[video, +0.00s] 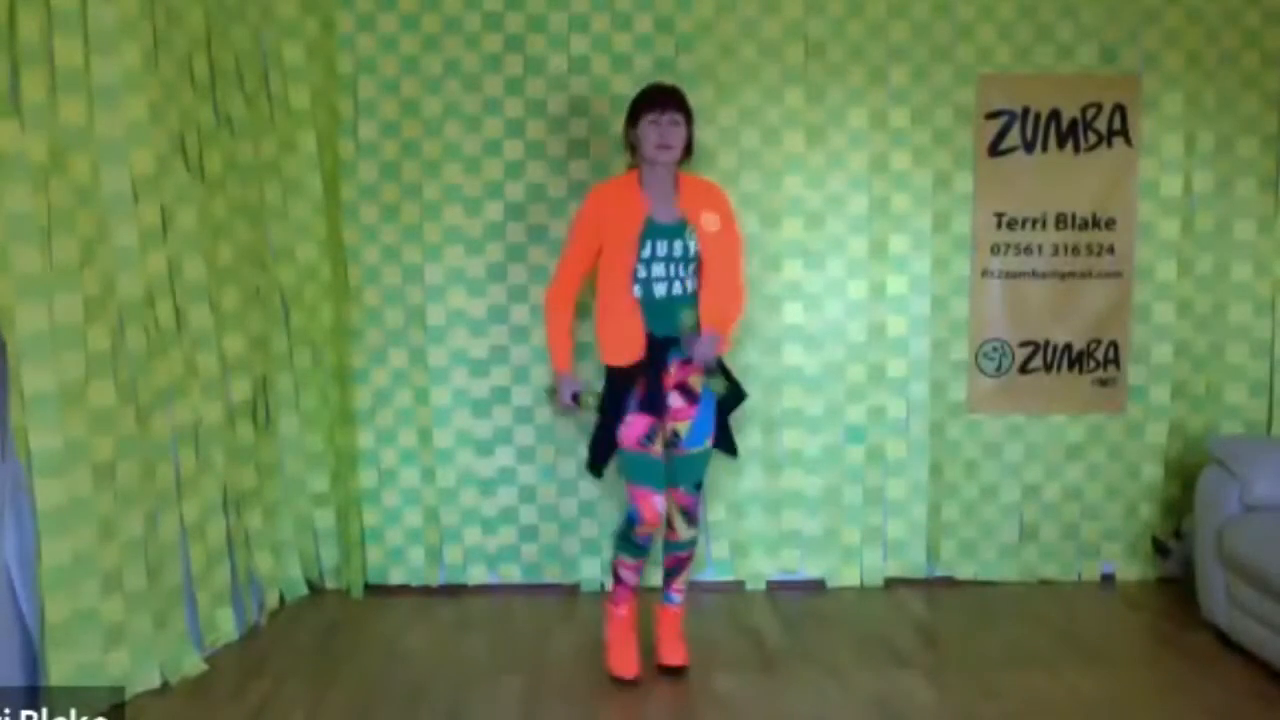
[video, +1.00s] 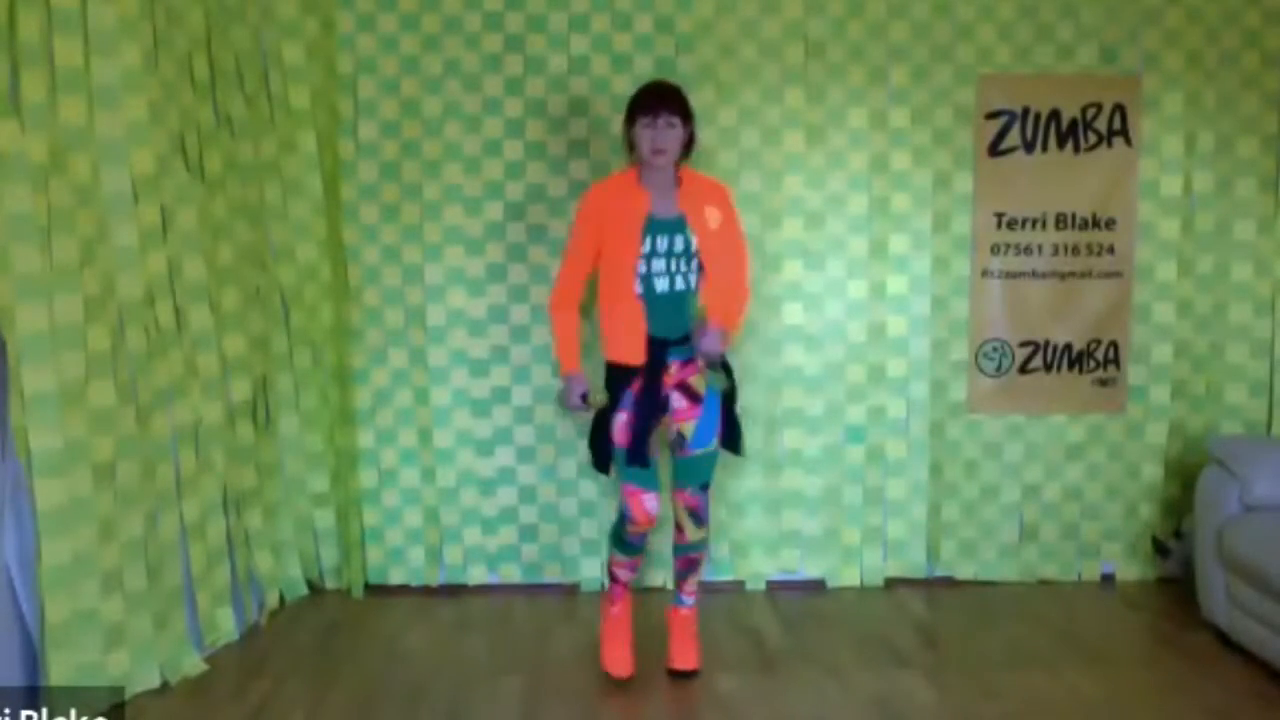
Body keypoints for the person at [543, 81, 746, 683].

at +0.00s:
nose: (663, 134)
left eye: (674, 124)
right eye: (652, 124)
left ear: (689, 135)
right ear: (633, 133)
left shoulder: (709, 199)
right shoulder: (606, 202)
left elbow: (728, 278)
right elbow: (563, 288)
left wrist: (717, 332)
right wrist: (563, 366)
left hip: (696, 364)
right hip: (632, 367)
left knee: (687, 503)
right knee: (646, 507)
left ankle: (672, 616)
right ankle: (621, 617)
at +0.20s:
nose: (663, 139)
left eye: (673, 130)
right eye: (652, 129)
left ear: (688, 141)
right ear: (631, 138)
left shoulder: (697, 211)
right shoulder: (603, 205)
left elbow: (717, 290)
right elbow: (564, 293)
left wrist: (710, 321)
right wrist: (562, 374)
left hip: (689, 371)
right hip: (629, 373)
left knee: (687, 510)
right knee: (648, 512)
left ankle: (672, 619)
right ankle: (627, 624)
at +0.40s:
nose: (645, 146)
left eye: (657, 136)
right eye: (634, 136)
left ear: (674, 147)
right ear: (619, 146)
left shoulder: (702, 209)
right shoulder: (594, 212)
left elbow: (733, 291)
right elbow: (565, 300)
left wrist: (733, 365)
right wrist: (565, 383)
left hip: (683, 373)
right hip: (617, 377)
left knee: (691, 504)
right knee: (629, 506)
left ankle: (678, 609)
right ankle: (622, 618)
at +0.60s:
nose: (641, 137)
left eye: (653, 127)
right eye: (631, 126)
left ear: (672, 138)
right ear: (615, 135)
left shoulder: (698, 197)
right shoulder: (599, 205)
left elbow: (738, 276)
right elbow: (585, 275)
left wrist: (737, 350)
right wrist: (588, 306)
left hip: (678, 368)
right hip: (616, 368)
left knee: (664, 512)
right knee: (625, 504)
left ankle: (680, 613)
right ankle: (626, 620)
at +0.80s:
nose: (647, 140)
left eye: (659, 130)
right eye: (637, 130)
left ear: (678, 140)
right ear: (621, 140)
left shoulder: (708, 202)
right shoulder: (605, 209)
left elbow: (746, 291)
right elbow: (590, 287)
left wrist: (750, 371)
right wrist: (591, 329)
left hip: (689, 369)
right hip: (626, 367)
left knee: (681, 504)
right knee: (618, 499)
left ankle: (683, 615)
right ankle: (630, 617)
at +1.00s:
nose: (659, 135)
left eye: (671, 125)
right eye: (648, 124)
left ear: (687, 136)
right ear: (630, 134)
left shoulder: (710, 197)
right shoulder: (602, 202)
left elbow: (734, 275)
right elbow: (566, 292)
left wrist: (721, 327)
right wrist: (571, 367)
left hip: (698, 365)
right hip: (631, 369)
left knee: (693, 503)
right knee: (639, 509)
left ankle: (685, 616)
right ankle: (617, 609)